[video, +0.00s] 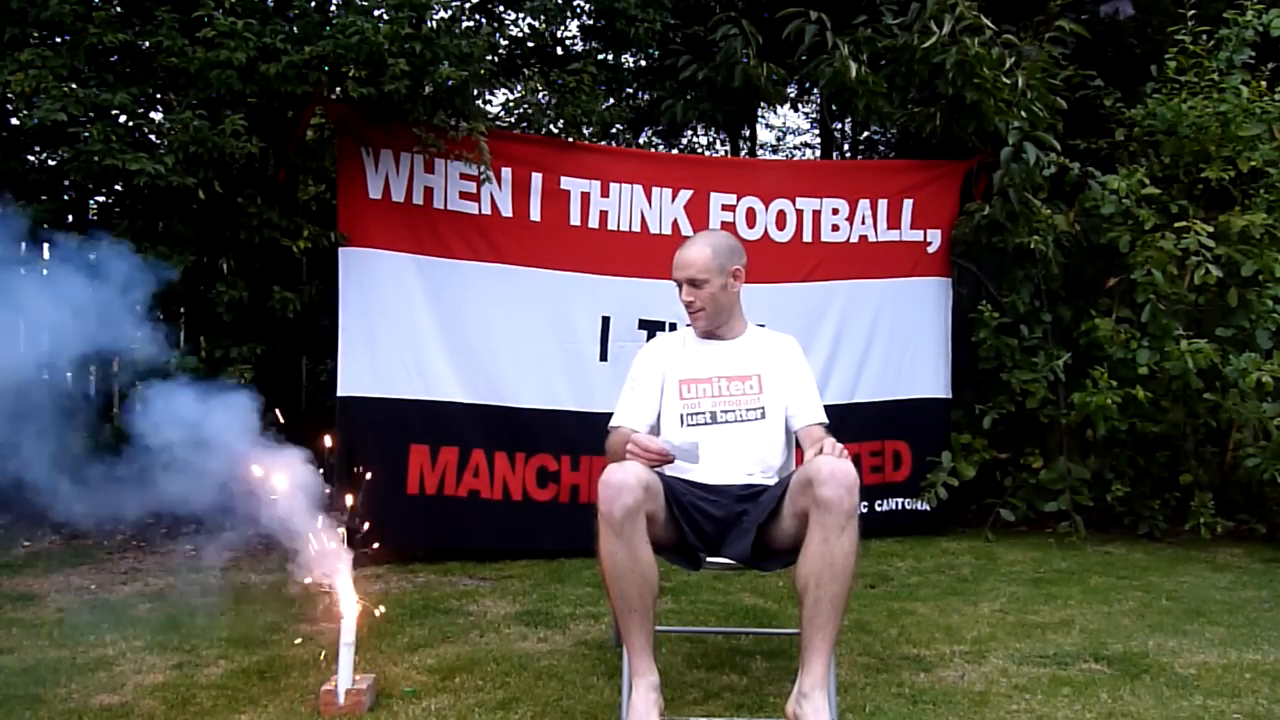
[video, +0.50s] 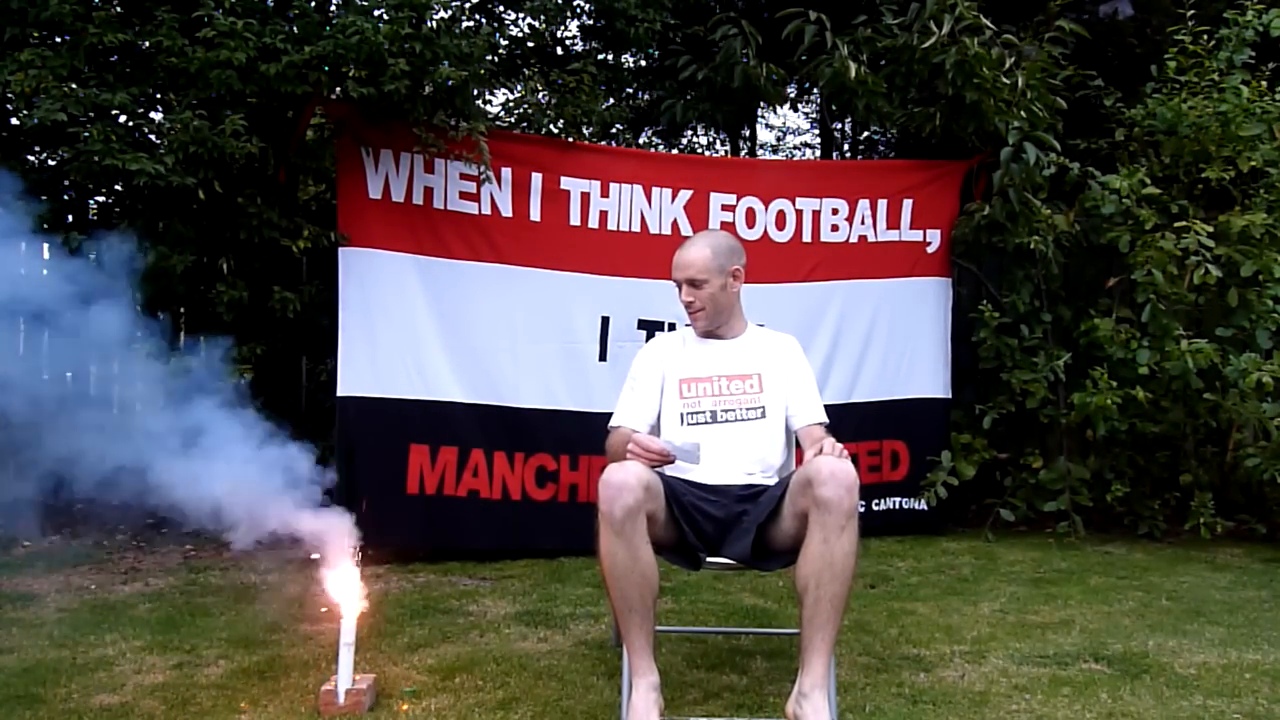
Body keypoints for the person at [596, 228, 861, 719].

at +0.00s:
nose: (686, 298)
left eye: (697, 284)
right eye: (679, 286)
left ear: (736, 279)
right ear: (675, 285)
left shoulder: (782, 350)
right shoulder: (659, 353)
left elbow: (812, 439)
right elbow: (615, 442)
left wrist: (824, 449)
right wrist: (634, 445)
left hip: (768, 504)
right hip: (680, 503)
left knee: (837, 477)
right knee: (617, 484)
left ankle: (812, 689)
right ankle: (642, 682)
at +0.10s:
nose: (686, 298)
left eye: (697, 284)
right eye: (679, 286)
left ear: (736, 279)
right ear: (675, 285)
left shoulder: (782, 350)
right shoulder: (659, 353)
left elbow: (812, 439)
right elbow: (615, 442)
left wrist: (824, 449)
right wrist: (634, 445)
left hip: (768, 504)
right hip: (680, 503)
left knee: (837, 477)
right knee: (617, 484)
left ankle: (812, 689)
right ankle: (642, 683)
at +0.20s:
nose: (685, 298)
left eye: (697, 284)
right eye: (679, 286)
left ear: (736, 279)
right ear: (675, 285)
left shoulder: (782, 350)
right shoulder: (659, 352)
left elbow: (813, 438)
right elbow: (615, 442)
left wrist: (824, 448)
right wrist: (634, 445)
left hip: (768, 504)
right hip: (680, 503)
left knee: (837, 477)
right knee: (617, 484)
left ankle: (812, 689)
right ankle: (642, 683)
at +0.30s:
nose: (685, 298)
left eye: (697, 284)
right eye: (679, 286)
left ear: (736, 279)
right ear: (674, 285)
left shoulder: (782, 350)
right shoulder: (659, 352)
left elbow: (812, 438)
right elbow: (616, 442)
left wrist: (824, 448)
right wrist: (634, 445)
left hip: (768, 504)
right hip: (680, 503)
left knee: (837, 477)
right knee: (617, 484)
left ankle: (812, 689)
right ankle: (642, 683)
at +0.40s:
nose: (685, 298)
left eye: (696, 284)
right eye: (679, 286)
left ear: (736, 279)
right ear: (675, 286)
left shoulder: (782, 350)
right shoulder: (659, 352)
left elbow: (812, 438)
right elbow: (616, 442)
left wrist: (824, 448)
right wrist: (635, 445)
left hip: (768, 504)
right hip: (679, 503)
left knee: (837, 477)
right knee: (617, 484)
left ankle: (812, 689)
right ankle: (643, 683)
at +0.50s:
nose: (685, 298)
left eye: (696, 284)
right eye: (679, 286)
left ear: (735, 279)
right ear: (674, 286)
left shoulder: (782, 350)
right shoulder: (659, 352)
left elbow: (812, 437)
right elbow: (616, 442)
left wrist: (824, 448)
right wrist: (635, 445)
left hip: (768, 504)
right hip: (680, 503)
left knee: (837, 477)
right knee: (617, 484)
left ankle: (812, 689)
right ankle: (643, 683)